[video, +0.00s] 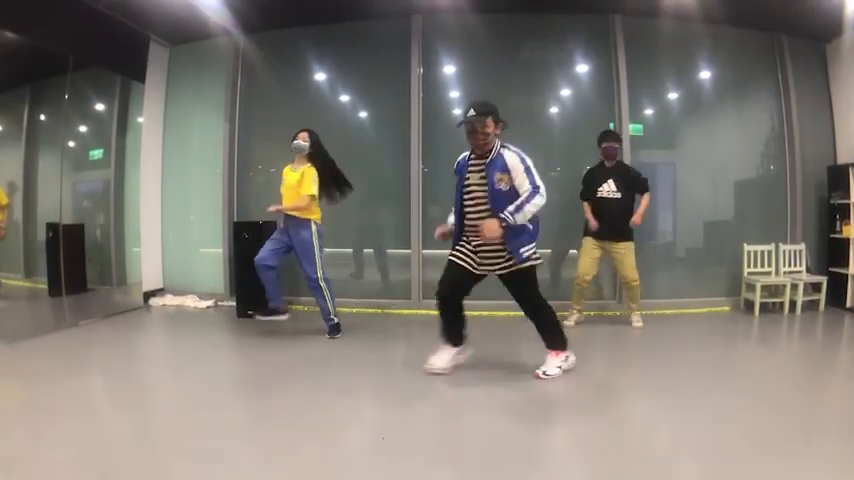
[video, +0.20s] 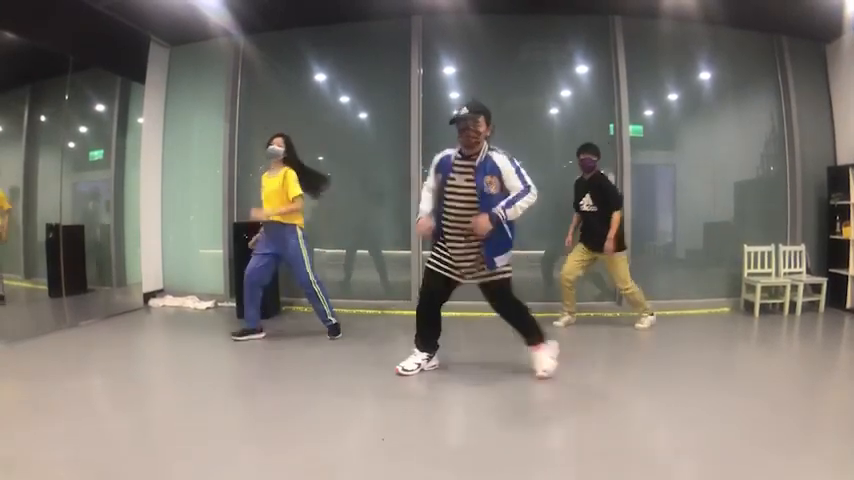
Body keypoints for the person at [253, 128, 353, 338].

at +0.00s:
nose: (299, 142)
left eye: (304, 140)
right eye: (297, 138)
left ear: (311, 147)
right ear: (292, 144)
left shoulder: (310, 171)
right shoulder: (287, 170)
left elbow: (306, 202)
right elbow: (287, 198)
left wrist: (281, 208)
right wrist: (283, 220)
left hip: (307, 225)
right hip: (288, 223)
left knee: (315, 275)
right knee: (263, 260)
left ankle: (332, 322)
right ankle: (276, 308)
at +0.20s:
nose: (274, 148)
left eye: (279, 145)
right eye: (272, 144)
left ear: (286, 151)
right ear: (267, 149)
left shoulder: (288, 173)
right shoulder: (266, 176)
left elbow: (298, 204)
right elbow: (270, 208)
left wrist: (268, 213)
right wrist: (261, 233)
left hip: (290, 230)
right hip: (270, 230)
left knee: (306, 277)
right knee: (252, 275)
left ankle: (331, 322)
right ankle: (253, 326)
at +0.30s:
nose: (267, 142)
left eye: (271, 139)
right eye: (263, 139)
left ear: (278, 145)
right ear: (258, 145)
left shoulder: (286, 169)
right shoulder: (253, 173)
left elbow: (288, 201)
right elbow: (254, 205)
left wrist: (278, 227)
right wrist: (249, 232)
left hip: (283, 222)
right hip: (259, 223)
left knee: (294, 274)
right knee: (253, 275)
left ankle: (312, 319)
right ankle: (252, 325)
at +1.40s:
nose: (247, 149)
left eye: (252, 145)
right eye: (245, 145)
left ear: (261, 150)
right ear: (241, 149)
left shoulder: (264, 174)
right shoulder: (238, 176)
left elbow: (281, 202)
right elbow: (236, 204)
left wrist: (252, 209)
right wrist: (225, 219)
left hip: (253, 232)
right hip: (233, 231)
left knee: (266, 286)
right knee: (220, 283)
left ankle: (293, 334)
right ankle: (223, 335)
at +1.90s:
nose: (240, 150)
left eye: (245, 146)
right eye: (236, 146)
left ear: (252, 152)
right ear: (230, 152)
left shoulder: (262, 180)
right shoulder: (221, 178)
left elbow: (279, 210)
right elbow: (205, 206)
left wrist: (269, 229)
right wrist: (216, 226)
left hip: (251, 236)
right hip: (226, 235)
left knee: (254, 288)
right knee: (221, 289)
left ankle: (277, 334)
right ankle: (214, 335)